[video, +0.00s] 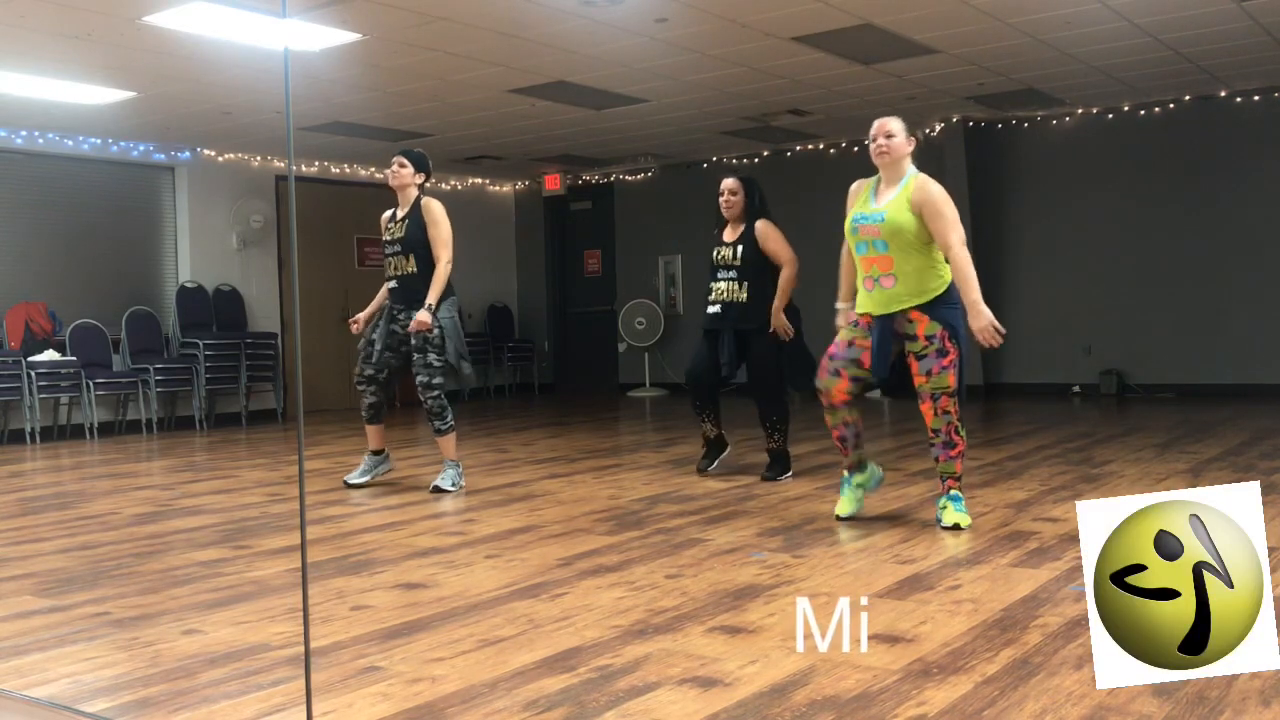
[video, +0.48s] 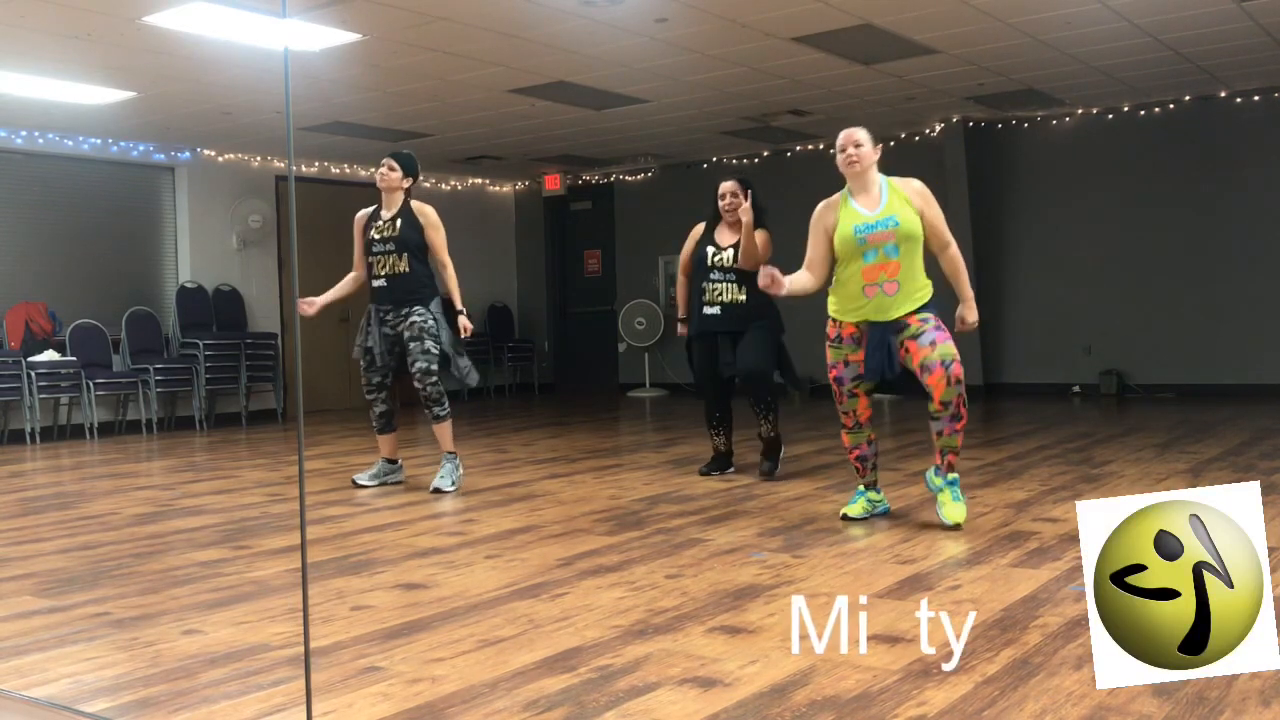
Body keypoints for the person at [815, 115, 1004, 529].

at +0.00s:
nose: (879, 142)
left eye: (889, 135)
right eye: (874, 138)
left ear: (911, 144)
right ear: (869, 151)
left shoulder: (926, 191)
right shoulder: (858, 192)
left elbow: (956, 248)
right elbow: (850, 250)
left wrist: (975, 305)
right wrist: (844, 305)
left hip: (928, 310)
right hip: (873, 312)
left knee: (939, 402)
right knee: (832, 380)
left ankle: (951, 494)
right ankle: (858, 471)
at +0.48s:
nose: (849, 153)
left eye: (857, 145)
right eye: (842, 149)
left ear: (877, 152)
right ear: (836, 162)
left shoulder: (912, 192)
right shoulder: (827, 212)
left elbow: (946, 247)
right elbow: (813, 274)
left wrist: (967, 299)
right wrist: (784, 284)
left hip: (913, 316)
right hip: (850, 325)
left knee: (948, 373)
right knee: (852, 409)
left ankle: (945, 476)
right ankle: (869, 491)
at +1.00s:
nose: (843, 149)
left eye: (852, 142)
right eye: (836, 146)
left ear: (870, 151)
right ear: (829, 161)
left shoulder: (903, 187)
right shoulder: (822, 210)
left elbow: (944, 236)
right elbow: (802, 269)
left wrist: (970, 288)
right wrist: (773, 261)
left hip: (907, 313)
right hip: (846, 322)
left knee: (944, 374)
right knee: (846, 405)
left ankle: (936, 478)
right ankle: (867, 489)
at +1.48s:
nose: (888, 141)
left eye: (898, 135)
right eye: (882, 137)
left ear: (920, 146)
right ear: (877, 150)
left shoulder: (935, 193)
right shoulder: (864, 192)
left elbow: (945, 251)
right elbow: (874, 253)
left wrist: (930, 301)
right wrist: (876, 303)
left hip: (933, 314)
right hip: (878, 314)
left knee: (942, 406)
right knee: (824, 371)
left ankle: (951, 494)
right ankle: (858, 456)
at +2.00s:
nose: (864, 149)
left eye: (871, 142)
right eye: (855, 145)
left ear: (887, 148)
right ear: (846, 155)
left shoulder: (915, 189)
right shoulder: (832, 203)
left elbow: (957, 243)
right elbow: (797, 255)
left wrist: (977, 299)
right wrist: (757, 277)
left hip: (913, 312)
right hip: (852, 319)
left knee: (942, 381)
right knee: (845, 402)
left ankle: (948, 479)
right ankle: (860, 492)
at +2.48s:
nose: (889, 148)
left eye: (899, 140)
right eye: (885, 143)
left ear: (925, 145)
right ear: (882, 150)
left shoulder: (940, 194)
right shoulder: (881, 189)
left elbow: (950, 264)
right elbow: (886, 248)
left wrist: (920, 239)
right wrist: (882, 298)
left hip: (932, 311)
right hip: (885, 308)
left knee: (935, 405)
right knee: (828, 368)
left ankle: (944, 497)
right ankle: (849, 461)